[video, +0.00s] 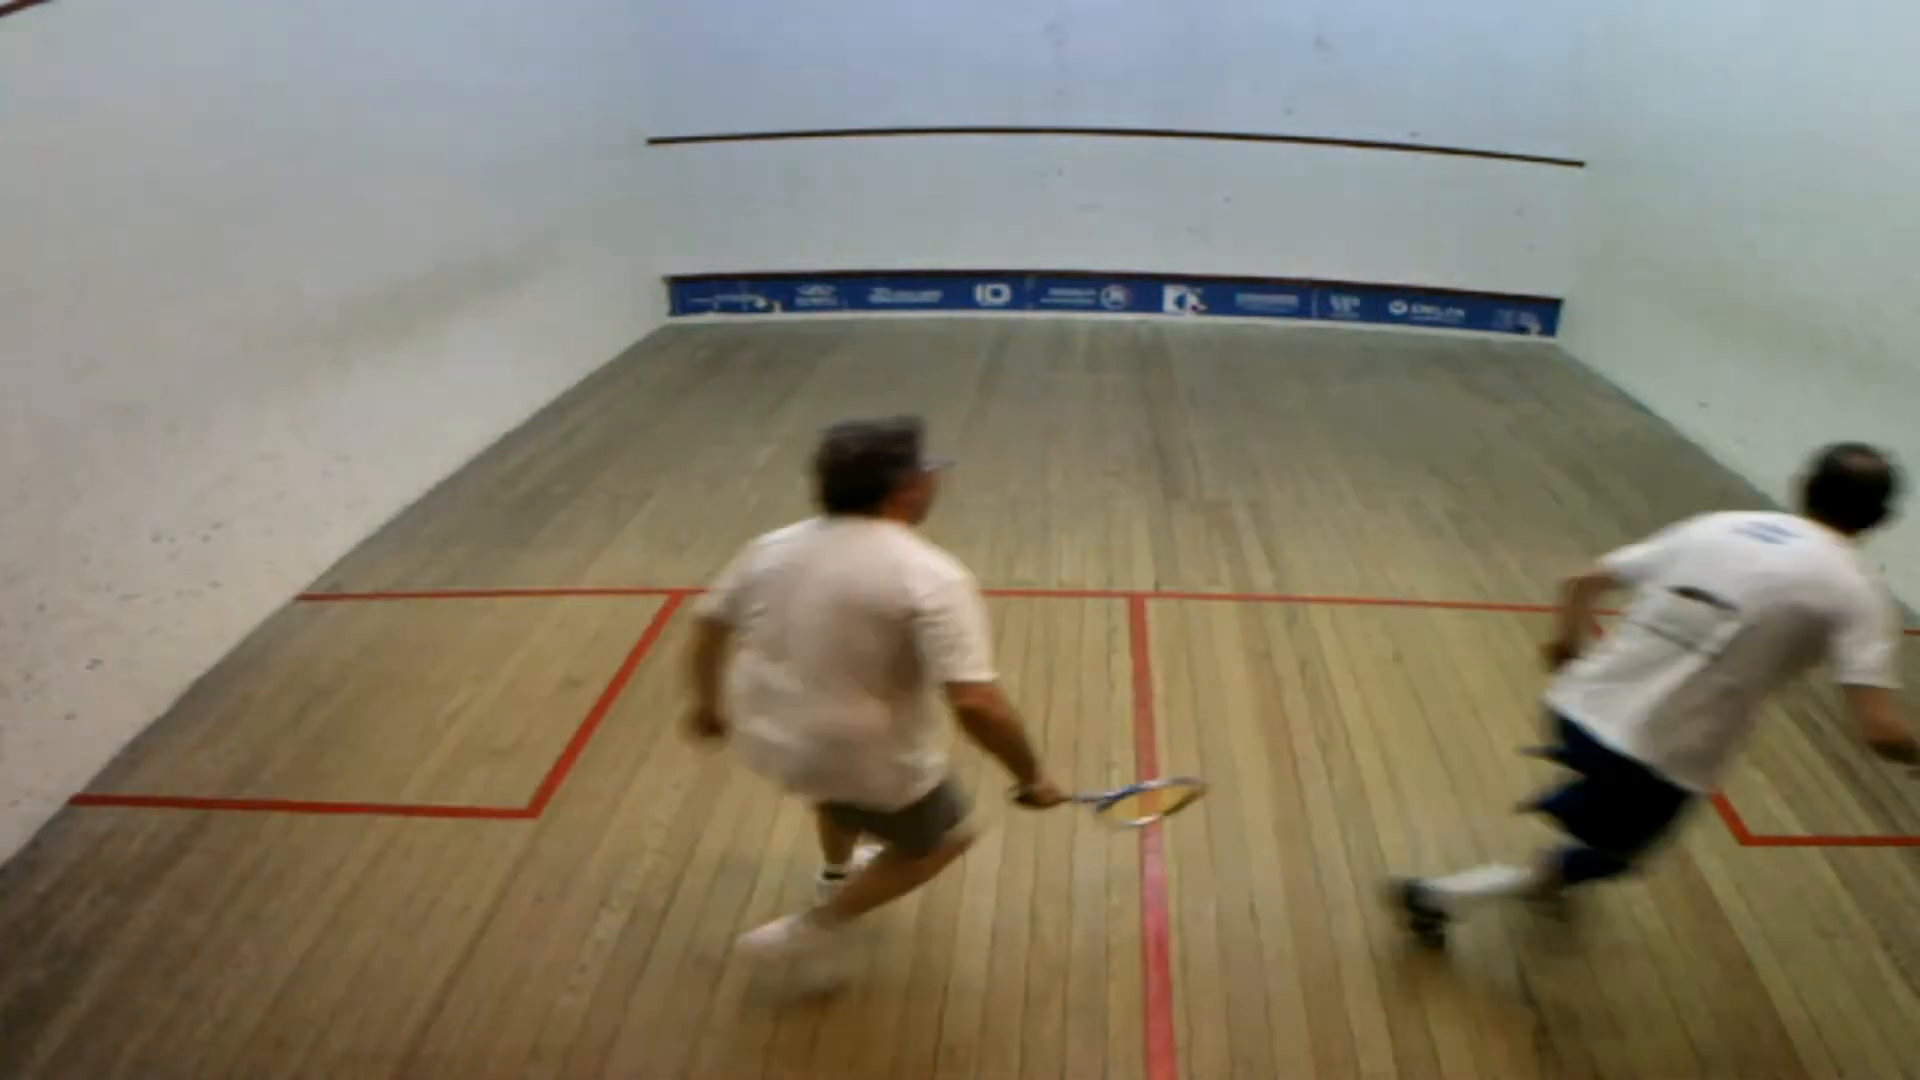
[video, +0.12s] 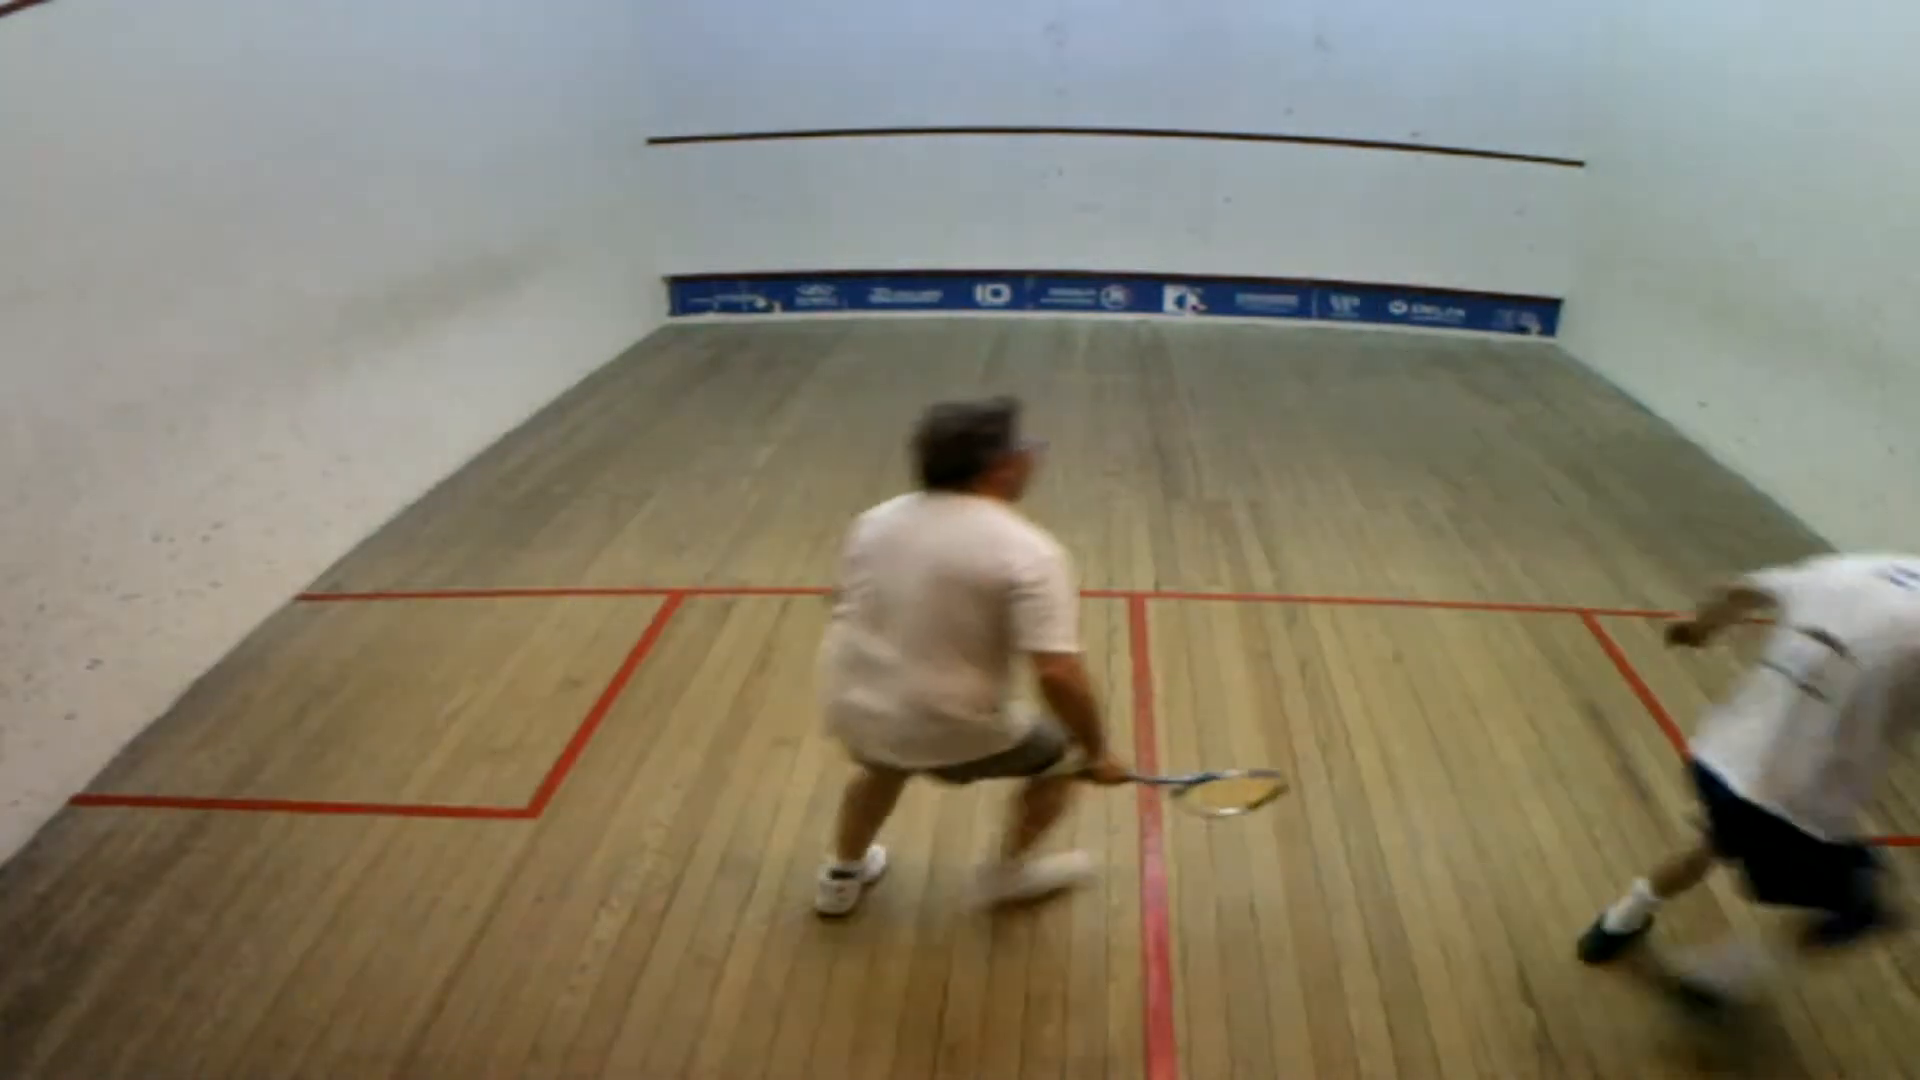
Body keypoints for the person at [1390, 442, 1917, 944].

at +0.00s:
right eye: (1880, 515)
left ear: (1806, 487)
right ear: (1872, 520)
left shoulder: (1724, 526)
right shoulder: (1851, 588)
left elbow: (1588, 580)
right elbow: (1880, 728)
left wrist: (1567, 643)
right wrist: (1916, 750)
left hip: (1582, 704)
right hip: (1658, 755)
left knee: (1600, 794)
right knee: (1599, 855)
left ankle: (1562, 875)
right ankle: (1441, 896)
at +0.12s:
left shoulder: (1848, 571)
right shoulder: (1913, 626)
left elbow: (1741, 591)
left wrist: (1698, 627)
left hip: (1718, 760)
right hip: (1795, 811)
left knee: (1710, 845)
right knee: (1869, 911)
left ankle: (1615, 925)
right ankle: (1714, 973)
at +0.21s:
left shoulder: (1905, 606)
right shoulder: (1905, 608)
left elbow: (1827, 610)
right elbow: (1829, 611)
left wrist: (1761, 629)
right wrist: (1762, 629)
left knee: (1742, 854)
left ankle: (1630, 915)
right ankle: (1630, 913)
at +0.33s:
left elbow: (1913, 694)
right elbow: (1914, 693)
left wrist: (1849, 710)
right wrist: (1851, 710)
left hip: (1910, 857)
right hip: (1909, 857)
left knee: (1827, 891)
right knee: (1827, 892)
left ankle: (1684, 926)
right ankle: (1684, 927)